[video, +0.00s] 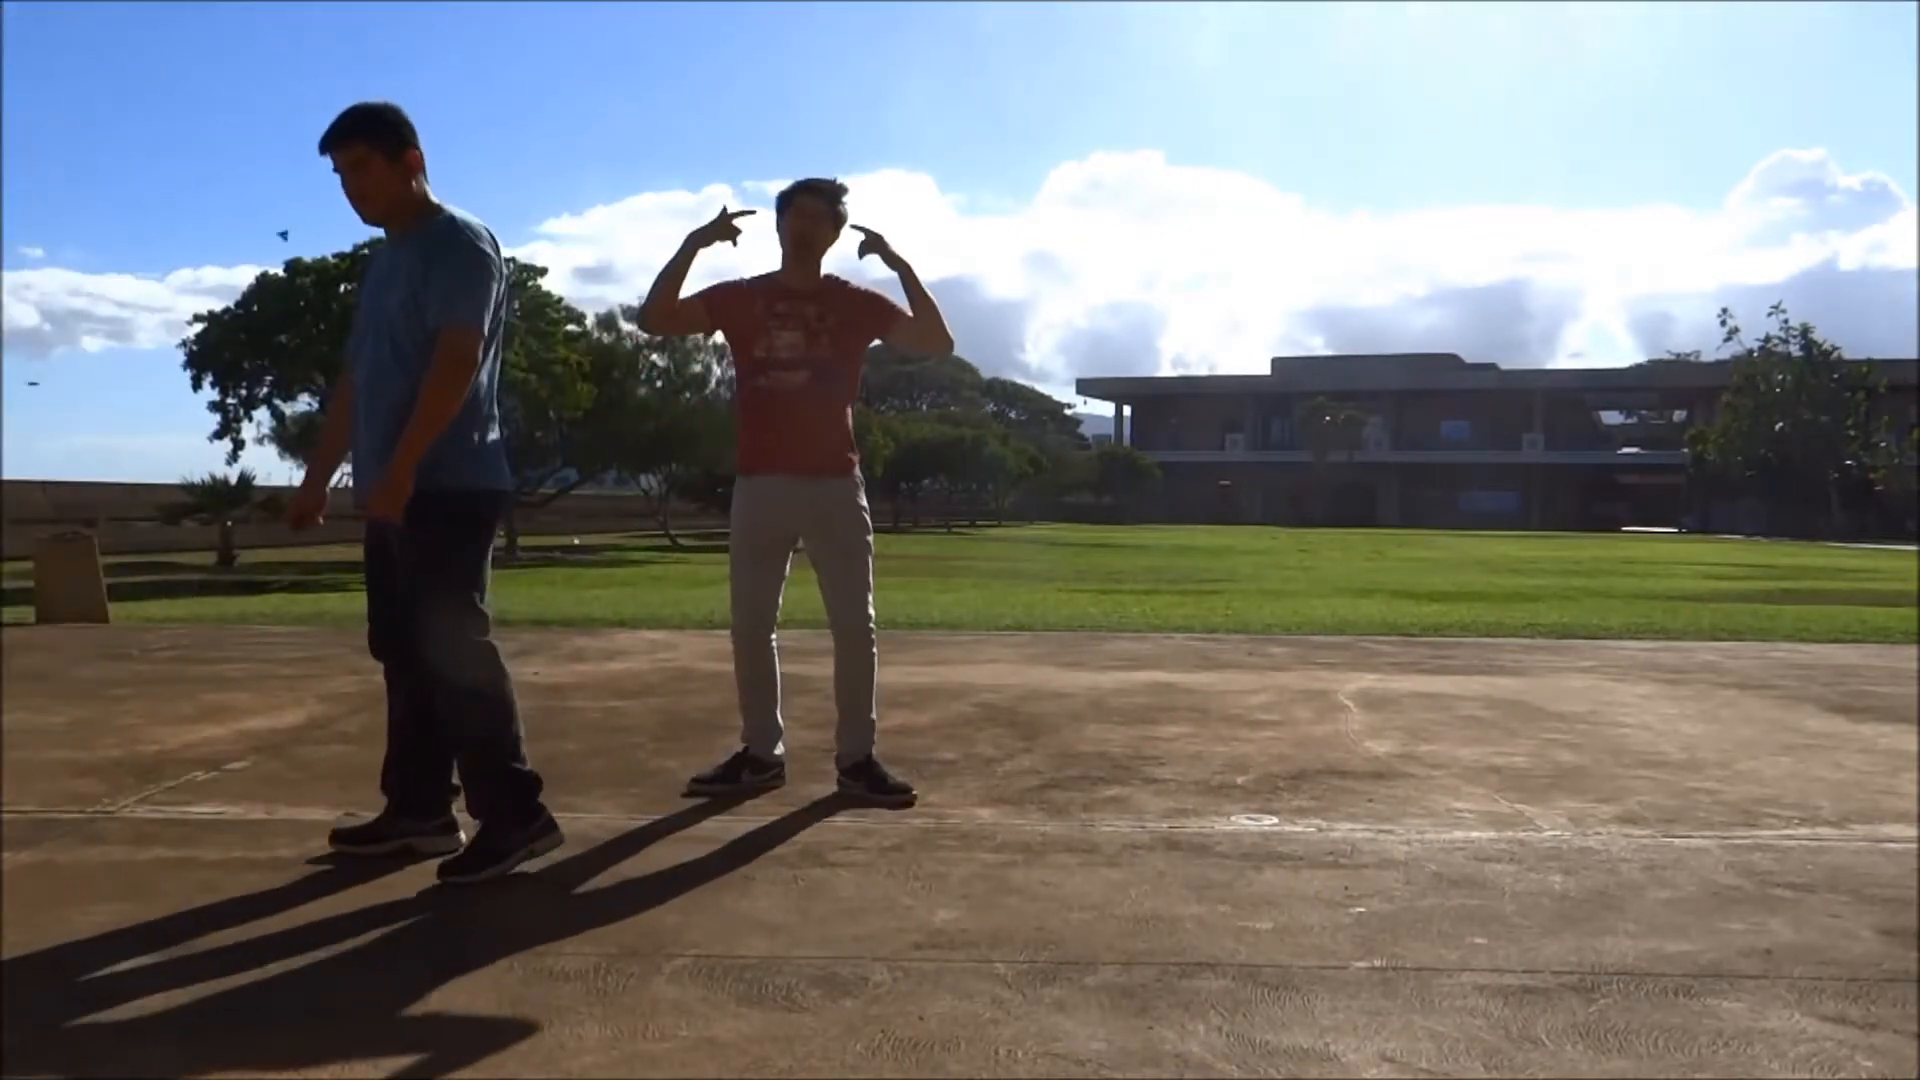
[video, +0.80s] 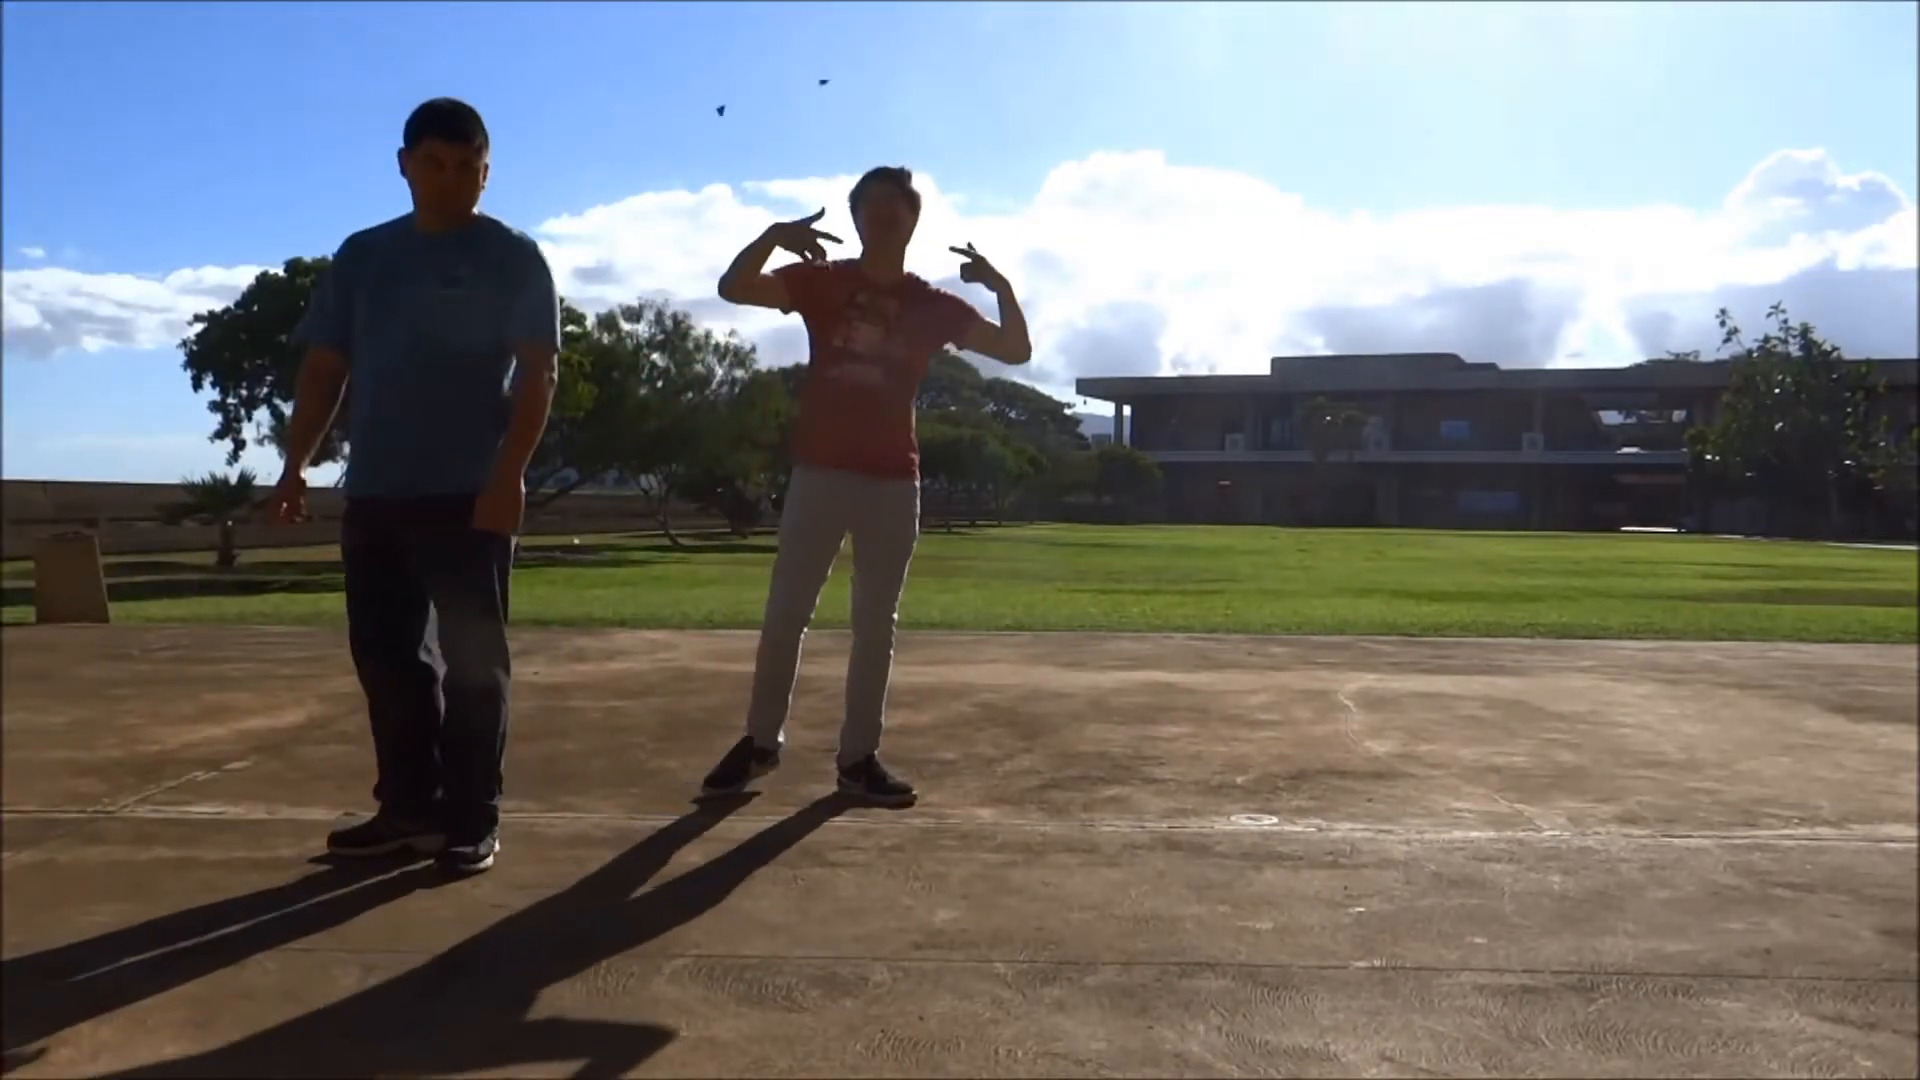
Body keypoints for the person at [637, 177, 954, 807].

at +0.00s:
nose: (810, 225)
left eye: (822, 217)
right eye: (800, 214)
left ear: (837, 231)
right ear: (780, 223)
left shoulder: (853, 302)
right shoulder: (742, 298)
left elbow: (936, 341)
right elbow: (656, 316)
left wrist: (901, 265)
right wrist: (694, 243)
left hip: (835, 488)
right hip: (761, 486)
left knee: (855, 626)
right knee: (751, 628)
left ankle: (858, 760)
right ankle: (761, 755)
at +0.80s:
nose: (884, 215)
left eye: (896, 206)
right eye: (873, 206)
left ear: (915, 218)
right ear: (855, 218)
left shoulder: (932, 304)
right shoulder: (822, 281)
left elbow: (1015, 349)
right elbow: (735, 289)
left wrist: (1002, 286)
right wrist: (771, 238)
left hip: (891, 483)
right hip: (818, 475)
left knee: (876, 626)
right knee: (785, 614)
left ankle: (859, 761)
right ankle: (760, 745)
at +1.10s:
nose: (910, 213)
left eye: (917, 203)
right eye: (896, 203)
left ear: (928, 215)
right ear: (868, 216)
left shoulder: (946, 306)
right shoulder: (831, 284)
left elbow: (1010, 376)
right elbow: (746, 326)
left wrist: (978, 352)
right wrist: (805, 325)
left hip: (907, 482)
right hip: (838, 476)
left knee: (882, 625)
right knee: (829, 621)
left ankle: (859, 760)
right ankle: (811, 760)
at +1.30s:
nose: (924, 210)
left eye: (925, 200)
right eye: (909, 200)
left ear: (926, 215)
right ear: (873, 215)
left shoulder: (951, 305)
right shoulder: (835, 289)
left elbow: (983, 389)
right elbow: (777, 371)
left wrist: (973, 427)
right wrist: (820, 404)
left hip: (916, 480)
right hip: (851, 476)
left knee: (890, 620)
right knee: (865, 615)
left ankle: (865, 754)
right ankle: (860, 760)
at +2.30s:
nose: (987, 192)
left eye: (983, 180)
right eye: (973, 181)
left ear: (951, 196)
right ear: (930, 195)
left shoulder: (983, 285)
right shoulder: (879, 279)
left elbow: (1001, 389)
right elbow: (838, 392)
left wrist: (1039, 480)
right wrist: (843, 492)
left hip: (983, 484)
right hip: (917, 485)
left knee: (1000, 626)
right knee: (932, 635)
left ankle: (903, 718)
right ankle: (927, 788)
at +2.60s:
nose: (1003, 188)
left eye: (1002, 176)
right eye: (988, 176)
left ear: (983, 191)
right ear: (944, 188)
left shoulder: (991, 283)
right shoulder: (900, 274)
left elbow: (995, 390)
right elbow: (876, 391)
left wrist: (1018, 471)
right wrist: (897, 489)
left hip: (996, 485)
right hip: (933, 488)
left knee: (1029, 624)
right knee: (937, 640)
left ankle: (976, 768)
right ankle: (925, 787)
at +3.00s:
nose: (1048, 188)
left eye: (1043, 175)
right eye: (1035, 176)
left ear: (1011, 191)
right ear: (996, 191)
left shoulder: (1005, 285)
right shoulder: (951, 271)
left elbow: (1001, 391)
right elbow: (941, 388)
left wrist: (1018, 474)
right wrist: (994, 471)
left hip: (1007, 478)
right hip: (956, 481)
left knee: (1046, 630)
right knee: (953, 638)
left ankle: (1081, 787)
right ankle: (926, 791)